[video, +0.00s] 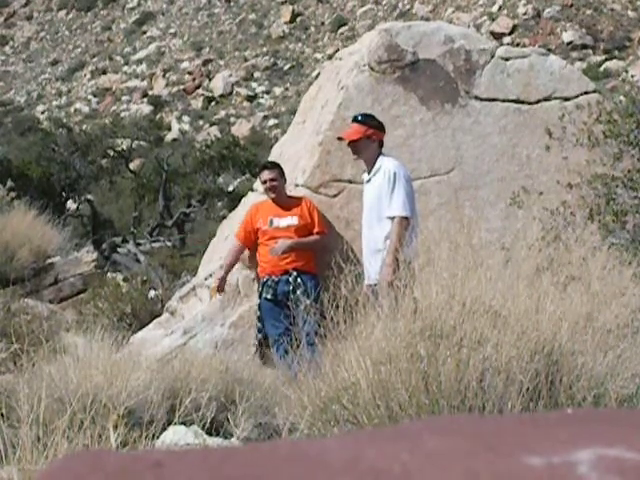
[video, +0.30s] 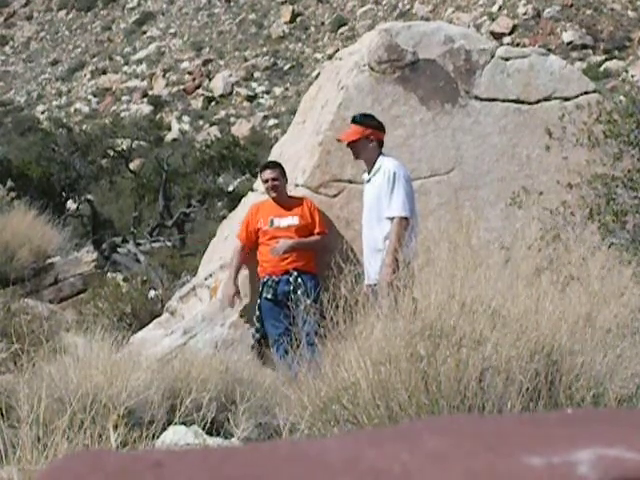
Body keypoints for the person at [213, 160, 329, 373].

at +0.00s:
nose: (270, 185)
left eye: (274, 180)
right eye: (265, 182)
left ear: (284, 180)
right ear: (261, 186)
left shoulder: (304, 205)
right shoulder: (256, 211)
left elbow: (323, 237)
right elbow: (239, 244)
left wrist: (293, 243)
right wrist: (223, 273)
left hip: (303, 277)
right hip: (271, 280)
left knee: (310, 332)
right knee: (279, 338)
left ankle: (315, 379)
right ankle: (290, 382)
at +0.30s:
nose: (271, 184)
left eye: (275, 179)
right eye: (266, 181)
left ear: (285, 180)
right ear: (262, 185)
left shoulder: (305, 205)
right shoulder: (257, 211)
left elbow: (323, 238)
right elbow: (242, 248)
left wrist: (293, 244)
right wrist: (231, 281)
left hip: (302, 277)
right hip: (271, 280)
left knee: (310, 334)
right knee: (279, 340)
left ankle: (316, 381)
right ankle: (290, 385)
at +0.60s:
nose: (271, 184)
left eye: (275, 179)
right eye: (266, 181)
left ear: (286, 180)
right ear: (262, 185)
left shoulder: (306, 206)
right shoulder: (257, 211)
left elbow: (322, 237)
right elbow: (243, 247)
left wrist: (293, 244)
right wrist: (233, 280)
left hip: (302, 277)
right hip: (270, 280)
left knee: (309, 334)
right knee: (279, 339)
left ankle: (315, 381)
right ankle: (288, 383)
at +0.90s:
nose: (271, 184)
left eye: (275, 179)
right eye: (266, 181)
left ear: (285, 179)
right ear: (262, 185)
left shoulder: (306, 206)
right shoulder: (257, 211)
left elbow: (323, 237)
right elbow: (244, 246)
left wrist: (294, 243)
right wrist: (235, 279)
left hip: (303, 277)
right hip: (271, 280)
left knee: (309, 334)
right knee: (279, 339)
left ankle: (315, 380)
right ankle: (289, 383)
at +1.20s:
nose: (272, 182)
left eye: (276, 177)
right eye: (267, 179)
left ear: (286, 179)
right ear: (263, 184)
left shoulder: (306, 205)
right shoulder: (257, 211)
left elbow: (323, 236)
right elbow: (244, 246)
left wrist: (294, 243)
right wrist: (234, 278)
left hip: (303, 276)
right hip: (271, 279)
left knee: (310, 333)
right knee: (279, 338)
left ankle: (314, 379)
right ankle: (288, 382)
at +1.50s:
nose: (272, 182)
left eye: (276, 177)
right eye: (267, 179)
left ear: (285, 179)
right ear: (263, 183)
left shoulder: (306, 206)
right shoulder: (257, 210)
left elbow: (324, 237)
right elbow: (246, 244)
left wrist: (294, 244)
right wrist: (239, 269)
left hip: (304, 277)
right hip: (272, 279)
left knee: (310, 333)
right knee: (279, 338)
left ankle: (314, 379)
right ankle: (288, 382)